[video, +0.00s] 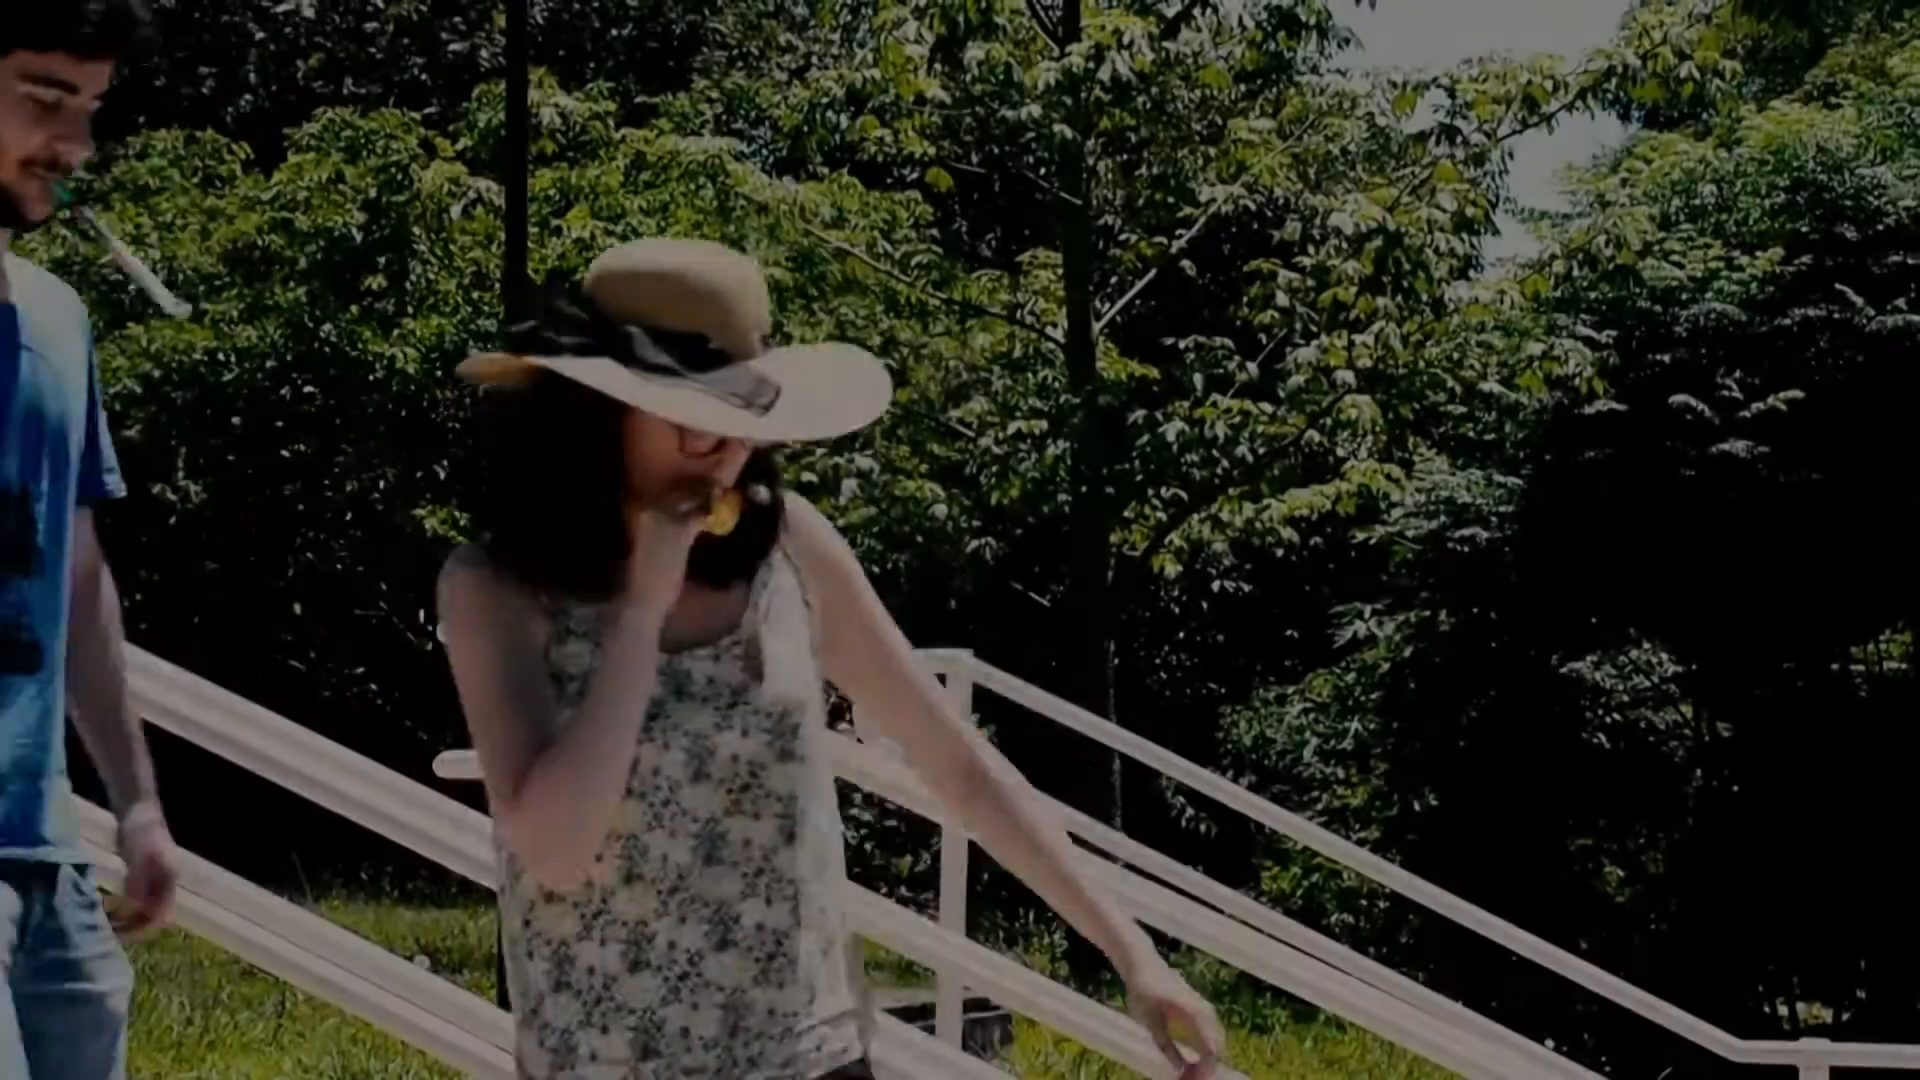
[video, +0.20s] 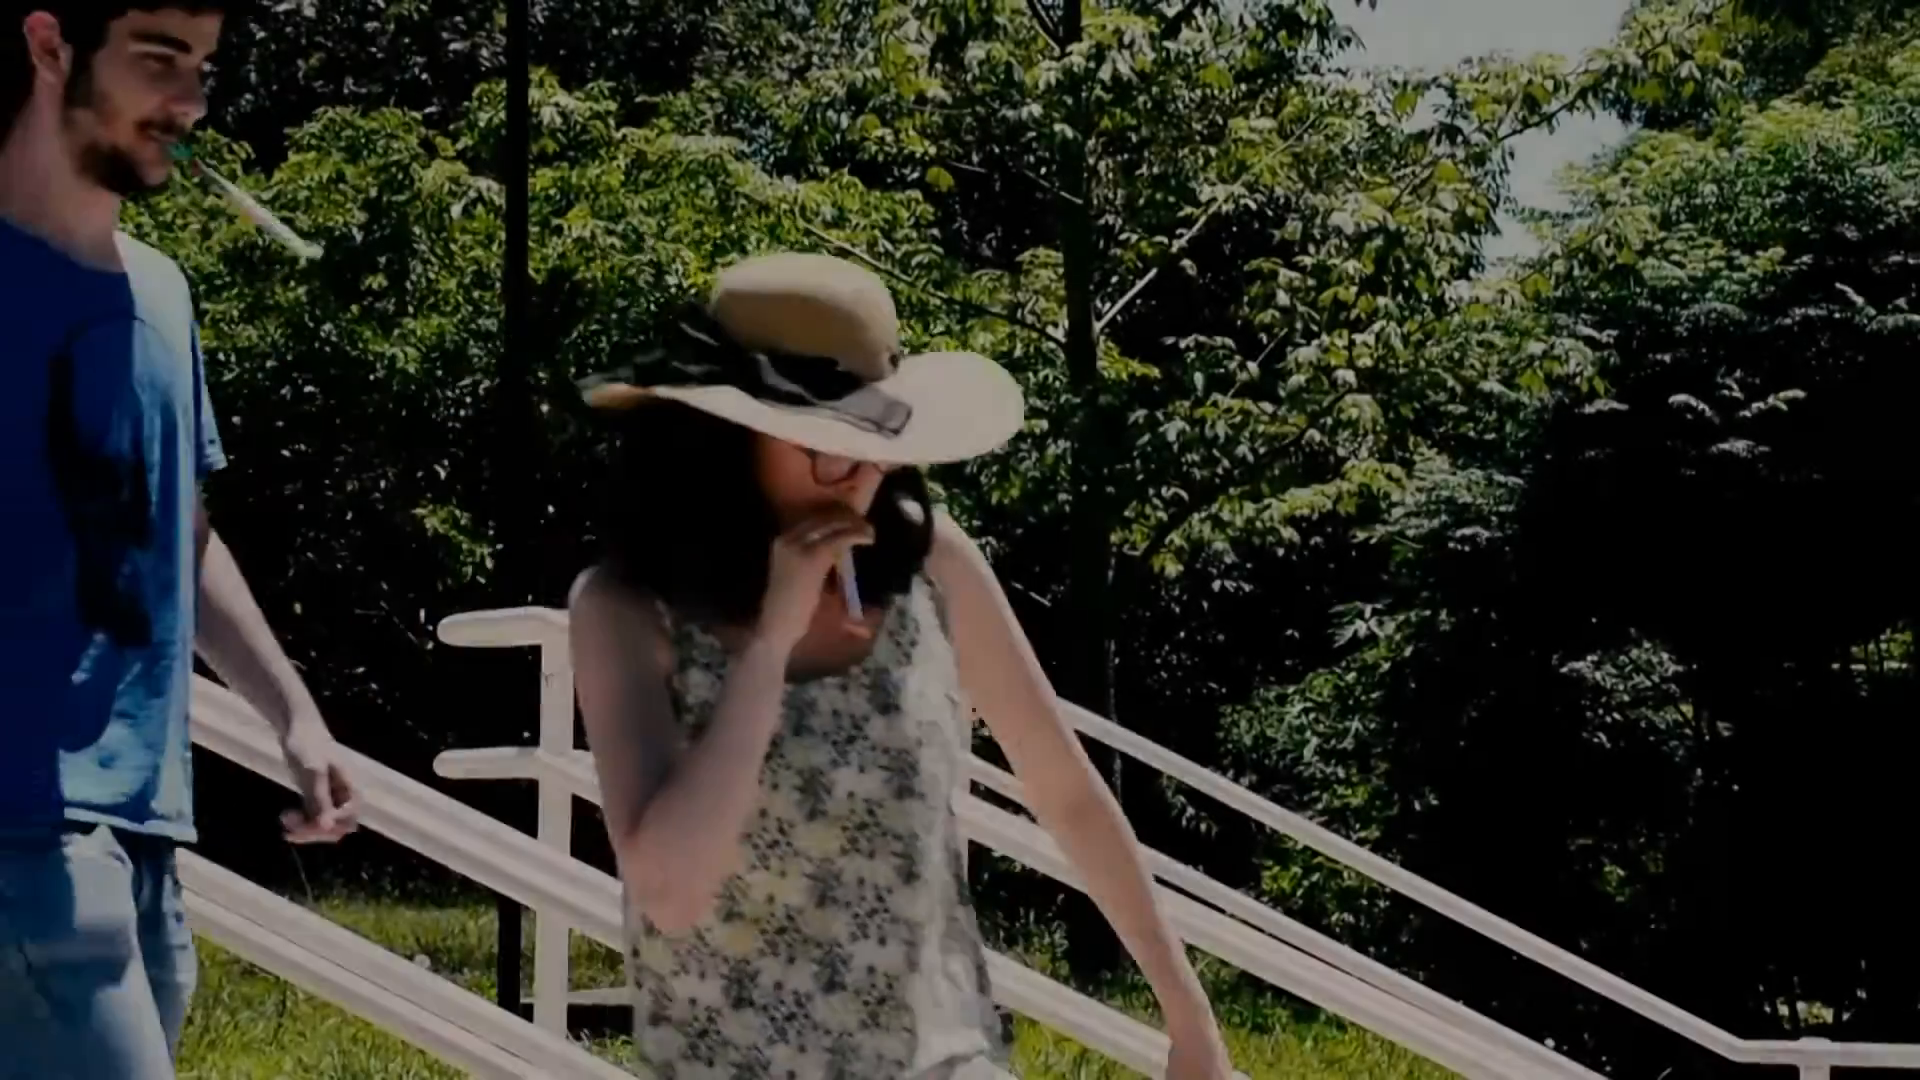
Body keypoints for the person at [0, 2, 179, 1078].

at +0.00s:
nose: (72, 144)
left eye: (89, 112)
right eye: (42, 99)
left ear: (98, 122)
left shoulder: (57, 318)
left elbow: (78, 576)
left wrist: (135, 798)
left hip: (43, 858)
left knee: (90, 1031)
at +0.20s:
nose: (190, 103)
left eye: (204, 71)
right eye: (159, 58)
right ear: (51, 48)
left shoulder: (161, 282)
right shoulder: (18, 262)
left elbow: (182, 536)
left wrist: (293, 715)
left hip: (146, 815)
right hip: (34, 815)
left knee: (133, 1055)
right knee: (122, 1062)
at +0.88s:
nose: (610, 287)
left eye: (612, 250)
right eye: (576, 245)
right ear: (465, 249)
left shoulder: (551, 483)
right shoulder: (359, 500)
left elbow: (527, 766)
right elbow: (282, 791)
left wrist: (559, 1010)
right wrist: (445, 1002)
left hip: (545, 1029)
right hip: (395, 1044)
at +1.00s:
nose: (696, 371)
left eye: (697, 333)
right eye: (660, 328)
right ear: (549, 336)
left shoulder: (644, 573)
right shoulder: (447, 595)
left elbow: (634, 854)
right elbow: (366, 881)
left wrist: (668, 1052)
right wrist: (452, 1069)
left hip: (649, 1051)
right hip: (527, 1054)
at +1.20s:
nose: (842, 359)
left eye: (842, 324)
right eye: (808, 317)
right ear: (699, 323)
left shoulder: (782, 561)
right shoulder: (593, 583)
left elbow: (794, 827)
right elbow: (493, 869)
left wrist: (920, 1007)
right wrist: (545, 1071)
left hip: (787, 1050)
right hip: (657, 1053)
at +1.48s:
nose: (1109, 489)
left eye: (1105, 450)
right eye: (1072, 446)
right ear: (961, 455)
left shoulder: (1016, 674)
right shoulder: (864, 722)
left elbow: (1037, 948)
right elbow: (742, 1011)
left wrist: (1197, 1070)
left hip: (1033, 1062)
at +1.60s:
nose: (1256, 532)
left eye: (1252, 497)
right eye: (1221, 493)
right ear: (1110, 500)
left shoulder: (1175, 730)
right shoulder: (1002, 782)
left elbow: (1180, 1019)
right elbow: (921, 1066)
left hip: (1198, 1062)